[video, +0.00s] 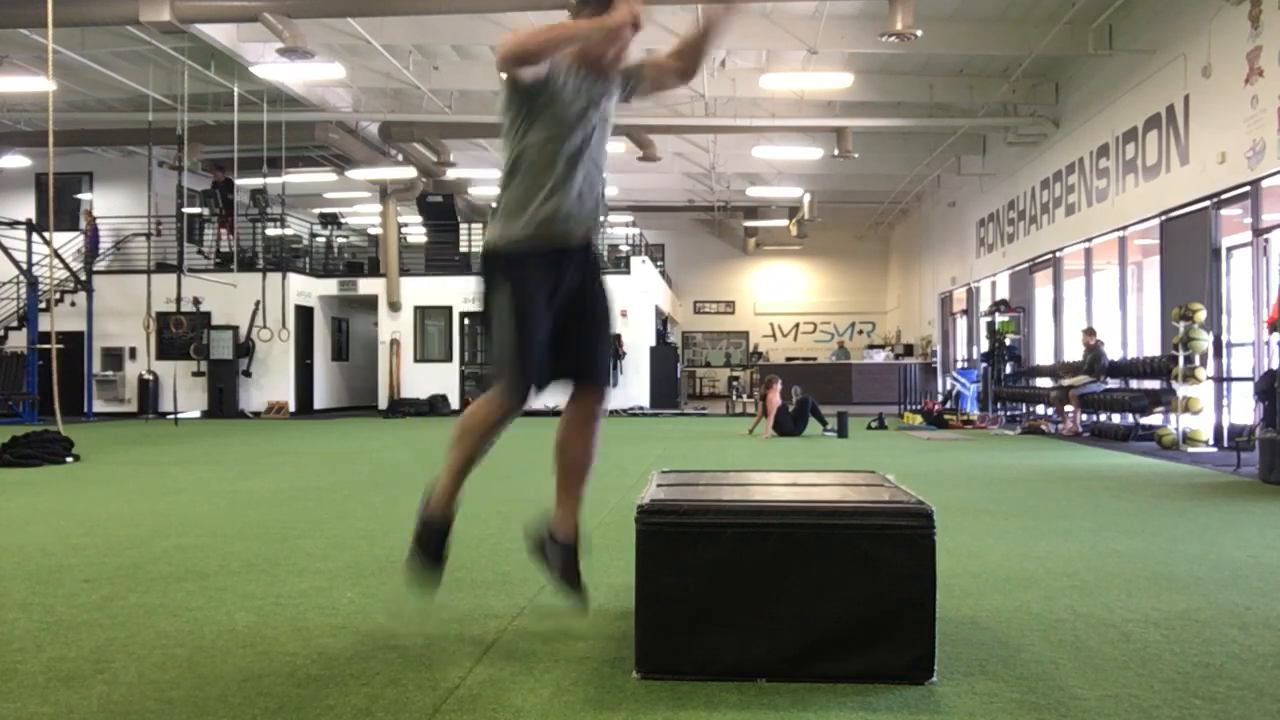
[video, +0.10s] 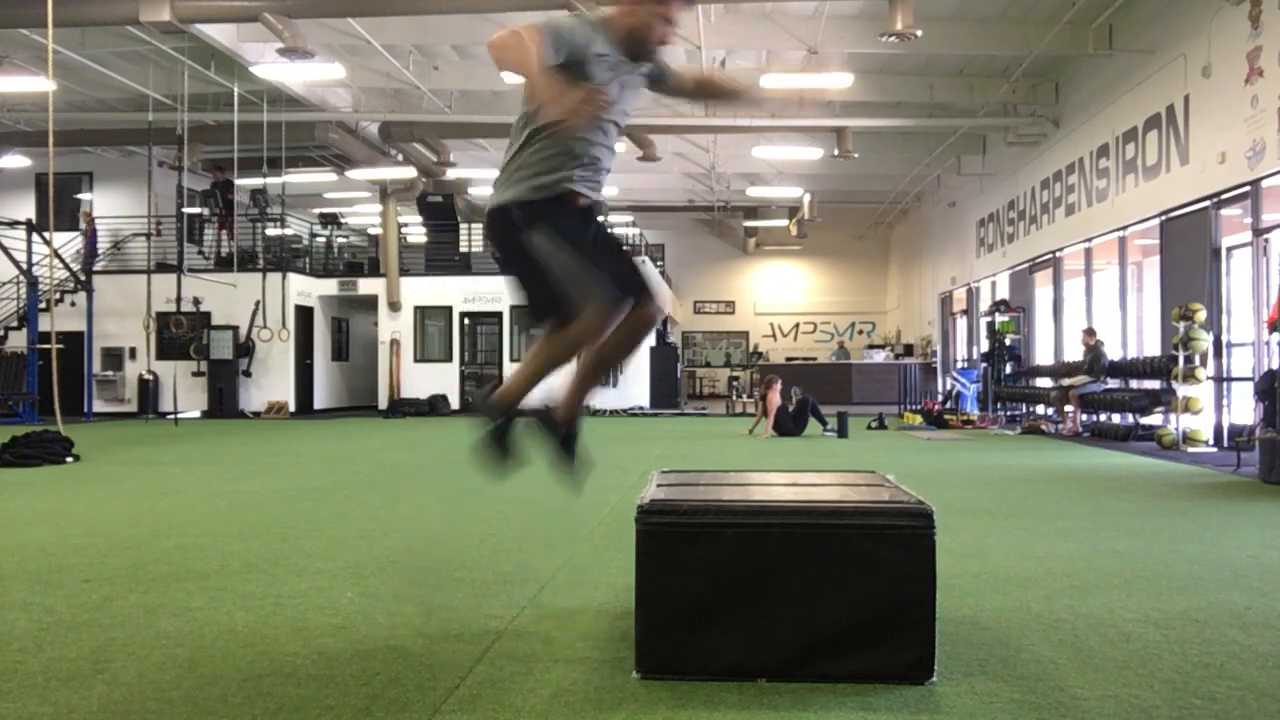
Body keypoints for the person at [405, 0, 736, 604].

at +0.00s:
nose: (627, 43)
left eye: (632, 34)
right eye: (622, 29)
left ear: (624, 38)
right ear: (589, 23)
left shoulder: (613, 77)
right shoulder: (544, 62)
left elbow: (677, 68)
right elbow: (510, 54)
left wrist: (712, 22)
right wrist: (590, 27)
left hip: (577, 252)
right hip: (520, 248)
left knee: (591, 387)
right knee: (513, 386)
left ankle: (563, 532)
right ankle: (439, 506)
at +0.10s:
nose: (668, 35)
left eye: (673, 25)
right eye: (664, 21)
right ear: (631, 8)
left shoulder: (643, 66)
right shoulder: (577, 34)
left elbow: (690, 84)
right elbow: (506, 42)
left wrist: (742, 93)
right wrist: (553, 93)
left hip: (575, 211)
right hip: (524, 208)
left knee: (647, 306)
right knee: (593, 308)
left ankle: (565, 415)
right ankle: (500, 404)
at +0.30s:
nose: (746, 65)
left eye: (751, 56)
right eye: (743, 50)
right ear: (711, 32)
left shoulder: (688, 96)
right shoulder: (647, 58)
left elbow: (652, 169)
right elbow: (552, 71)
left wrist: (648, 224)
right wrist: (473, 125)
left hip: (610, 204)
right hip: (571, 196)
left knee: (692, 277)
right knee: (683, 275)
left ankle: (667, 418)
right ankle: (662, 420)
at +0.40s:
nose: (763, 91)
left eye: (767, 81)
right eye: (761, 76)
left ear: (732, 63)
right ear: (730, 58)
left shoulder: (698, 113)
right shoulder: (674, 88)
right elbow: (578, 114)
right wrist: (511, 181)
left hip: (627, 236)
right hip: (606, 232)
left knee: (712, 326)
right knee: (720, 321)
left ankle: (668, 458)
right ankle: (671, 458)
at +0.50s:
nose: (769, 108)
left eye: (774, 99)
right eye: (767, 93)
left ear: (737, 79)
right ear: (737, 74)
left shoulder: (701, 128)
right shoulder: (691, 108)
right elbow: (619, 160)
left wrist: (574, 266)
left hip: (619, 255)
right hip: (632, 247)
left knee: (708, 342)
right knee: (743, 327)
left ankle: (668, 456)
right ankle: (680, 454)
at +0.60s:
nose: (760, 99)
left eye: (764, 90)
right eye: (757, 84)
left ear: (727, 70)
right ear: (727, 66)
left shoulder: (697, 121)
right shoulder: (686, 106)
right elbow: (637, 164)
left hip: (602, 251)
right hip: (617, 244)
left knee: (704, 348)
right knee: (740, 328)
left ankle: (668, 458)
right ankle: (681, 456)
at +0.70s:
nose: (736, 66)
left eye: (742, 57)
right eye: (733, 50)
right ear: (700, 30)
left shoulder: (687, 101)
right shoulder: (658, 67)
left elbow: (670, 188)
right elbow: (615, 124)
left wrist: (722, 229)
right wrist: (683, 190)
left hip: (621, 226)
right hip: (600, 221)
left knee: (704, 323)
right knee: (710, 313)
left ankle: (673, 455)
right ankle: (675, 455)